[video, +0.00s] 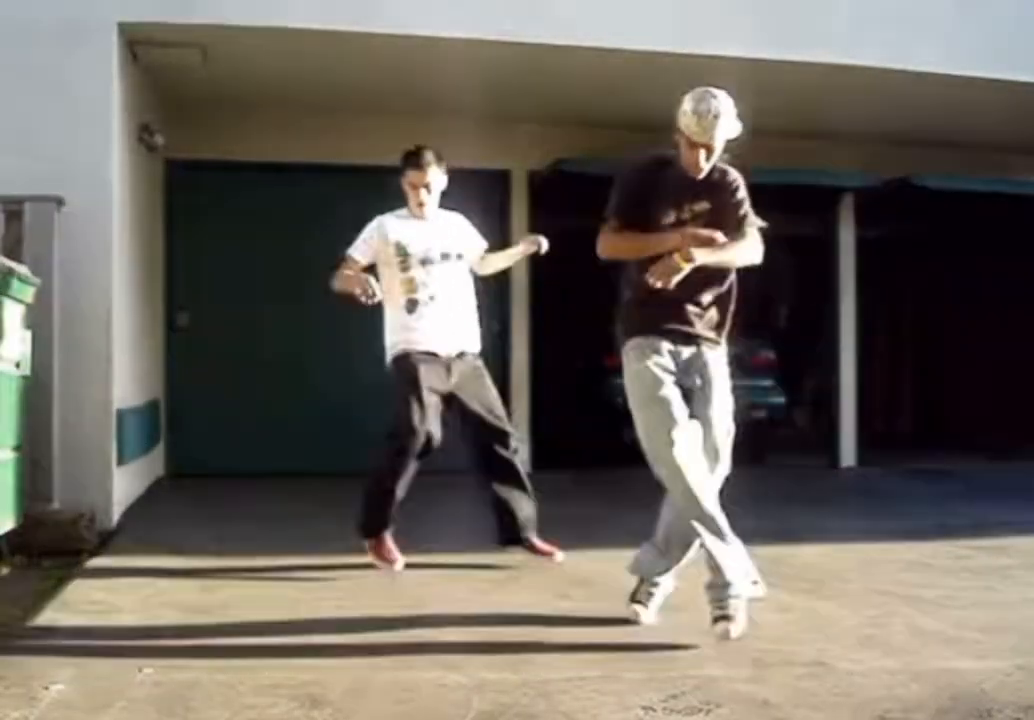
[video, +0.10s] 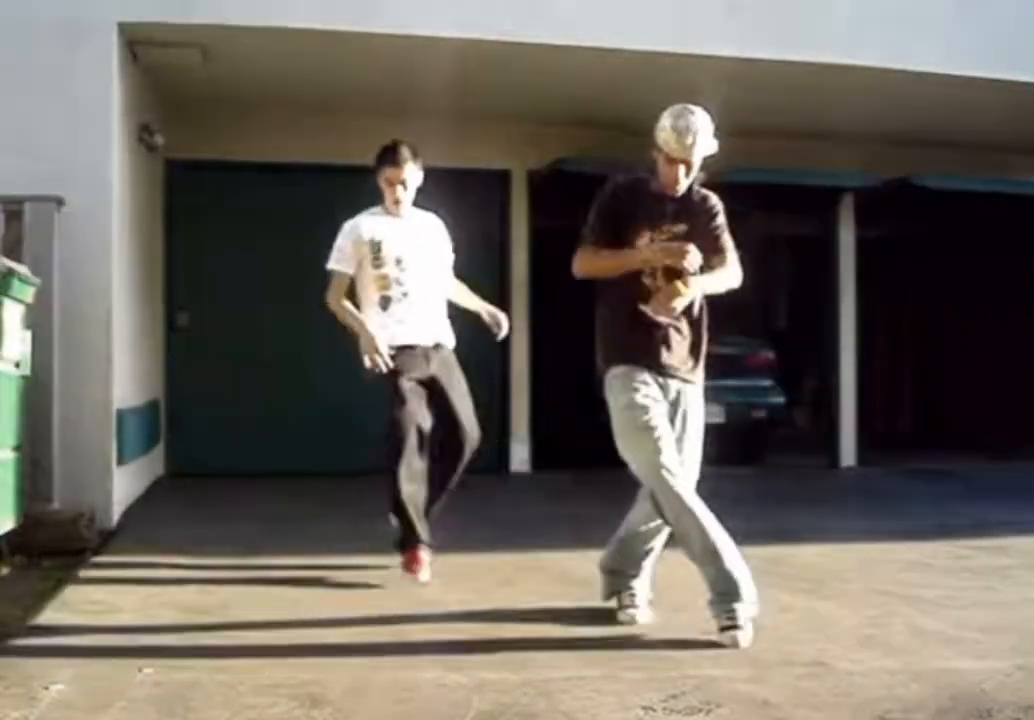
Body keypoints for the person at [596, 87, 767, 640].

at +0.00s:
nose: (700, 157)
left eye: (711, 147)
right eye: (693, 145)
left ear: (725, 141)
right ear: (677, 133)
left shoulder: (728, 183)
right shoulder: (643, 176)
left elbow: (752, 248)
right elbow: (607, 243)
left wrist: (689, 259)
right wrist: (676, 238)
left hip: (707, 340)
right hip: (650, 336)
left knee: (712, 461)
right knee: (674, 451)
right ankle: (732, 576)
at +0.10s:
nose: (678, 173)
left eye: (689, 163)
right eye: (671, 160)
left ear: (703, 160)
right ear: (655, 149)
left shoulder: (706, 206)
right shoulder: (621, 195)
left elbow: (732, 271)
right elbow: (583, 263)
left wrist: (695, 283)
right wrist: (643, 255)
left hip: (686, 365)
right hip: (630, 359)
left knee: (676, 478)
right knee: (663, 474)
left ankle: (625, 574)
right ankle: (732, 595)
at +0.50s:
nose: (615, 162)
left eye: (625, 152)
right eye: (607, 149)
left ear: (640, 156)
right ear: (591, 148)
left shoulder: (634, 210)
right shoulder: (554, 206)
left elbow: (602, 274)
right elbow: (497, 260)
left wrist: (607, 336)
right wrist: (517, 343)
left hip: (629, 367)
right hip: (570, 377)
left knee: (709, 465)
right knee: (554, 495)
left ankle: (776, 571)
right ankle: (478, 589)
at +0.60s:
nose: (627, 151)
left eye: (638, 141)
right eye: (619, 137)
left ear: (649, 143)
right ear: (599, 131)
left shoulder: (640, 189)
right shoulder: (562, 187)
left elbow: (609, 252)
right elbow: (506, 240)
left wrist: (621, 310)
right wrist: (533, 315)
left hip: (646, 349)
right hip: (588, 360)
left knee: (717, 447)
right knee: (563, 480)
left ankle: (759, 565)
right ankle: (489, 584)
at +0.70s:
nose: (643, 133)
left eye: (653, 122)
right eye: (634, 120)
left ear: (666, 124)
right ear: (615, 116)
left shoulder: (664, 169)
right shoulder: (581, 170)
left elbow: (634, 229)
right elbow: (520, 216)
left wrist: (652, 280)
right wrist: (553, 289)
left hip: (671, 325)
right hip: (614, 331)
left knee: (721, 438)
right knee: (609, 457)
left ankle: (696, 549)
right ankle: (552, 577)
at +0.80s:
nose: (667, 148)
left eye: (678, 137)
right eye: (658, 135)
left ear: (694, 139)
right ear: (642, 132)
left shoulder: (701, 185)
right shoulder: (612, 188)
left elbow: (704, 225)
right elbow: (562, 243)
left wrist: (735, 263)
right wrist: (580, 307)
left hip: (694, 341)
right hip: (639, 341)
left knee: (687, 469)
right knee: (669, 467)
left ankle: (618, 556)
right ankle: (710, 595)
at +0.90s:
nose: (691, 165)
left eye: (701, 155)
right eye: (682, 153)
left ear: (715, 154)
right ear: (665, 151)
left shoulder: (727, 208)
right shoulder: (631, 207)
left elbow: (763, 262)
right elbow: (591, 274)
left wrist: (770, 276)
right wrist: (625, 314)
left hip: (712, 368)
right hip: (657, 365)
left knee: (683, 480)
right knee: (695, 480)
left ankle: (621, 559)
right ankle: (740, 594)